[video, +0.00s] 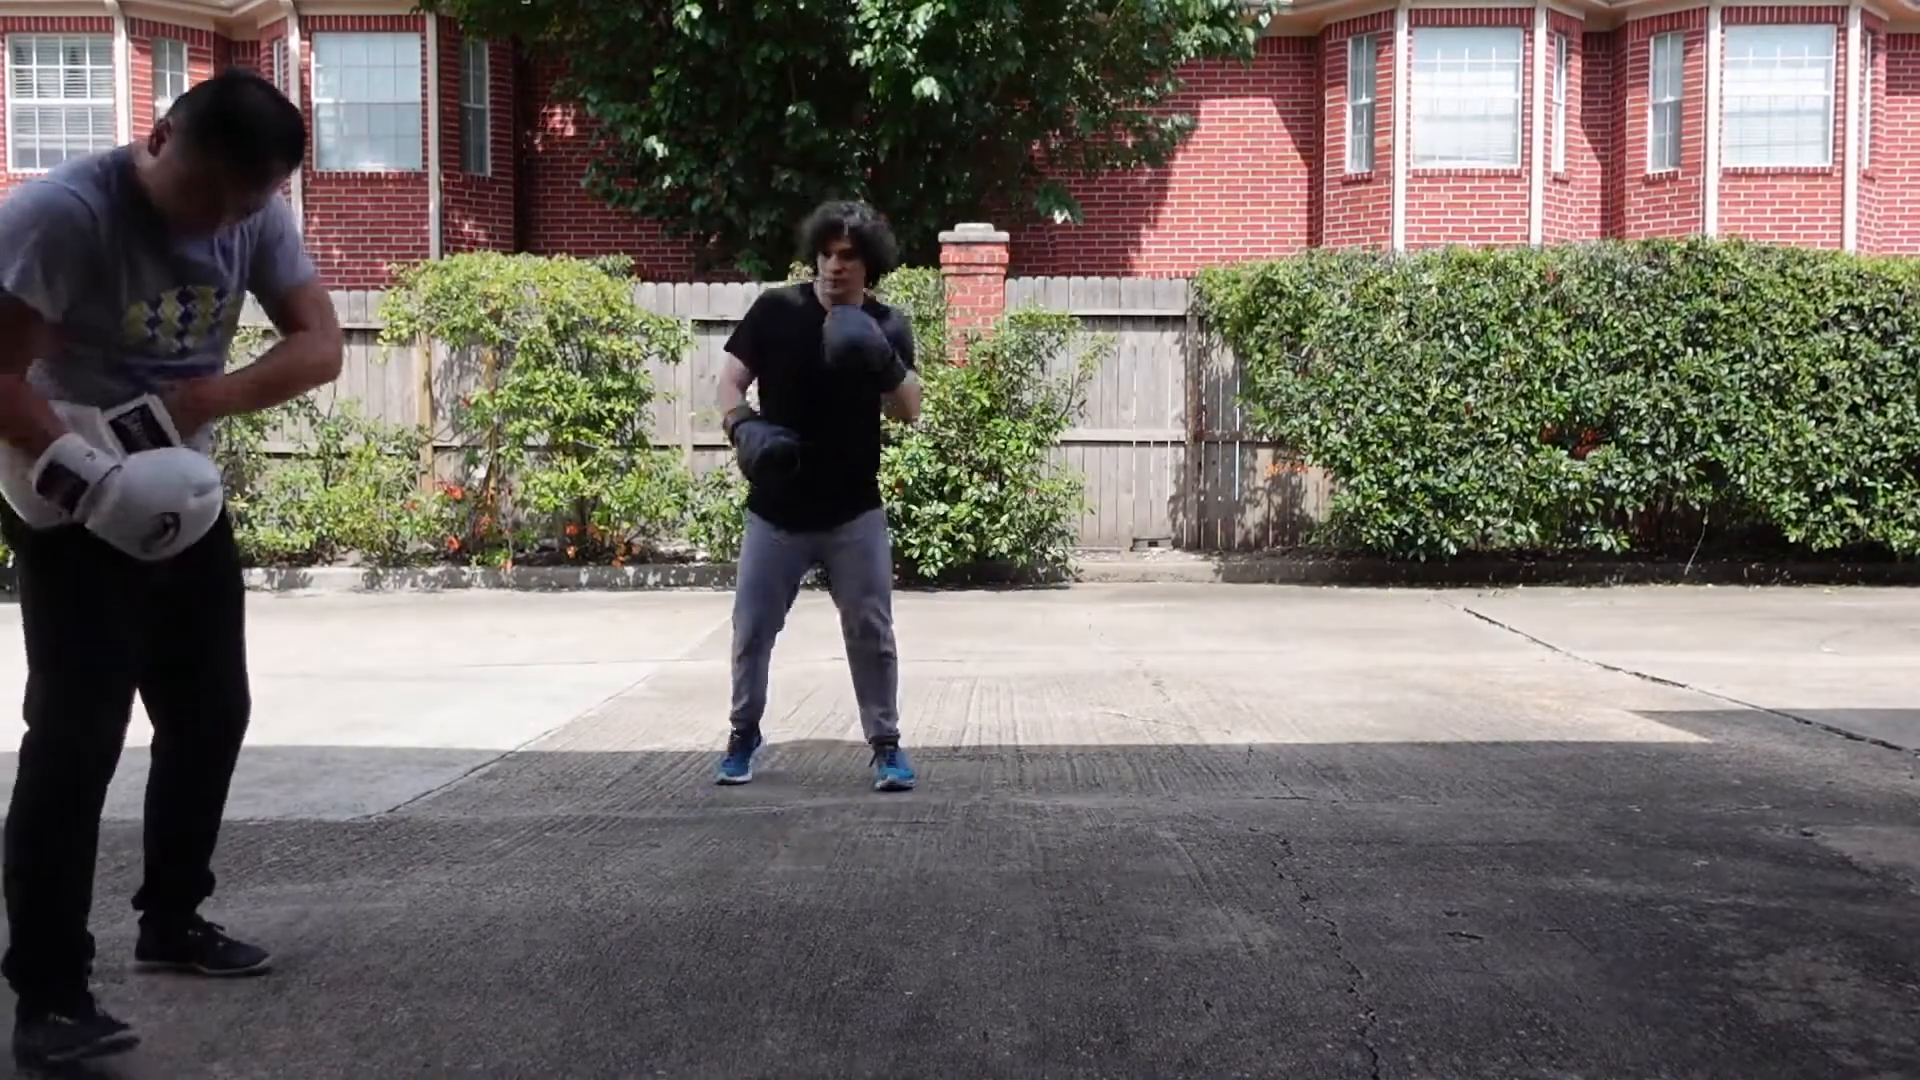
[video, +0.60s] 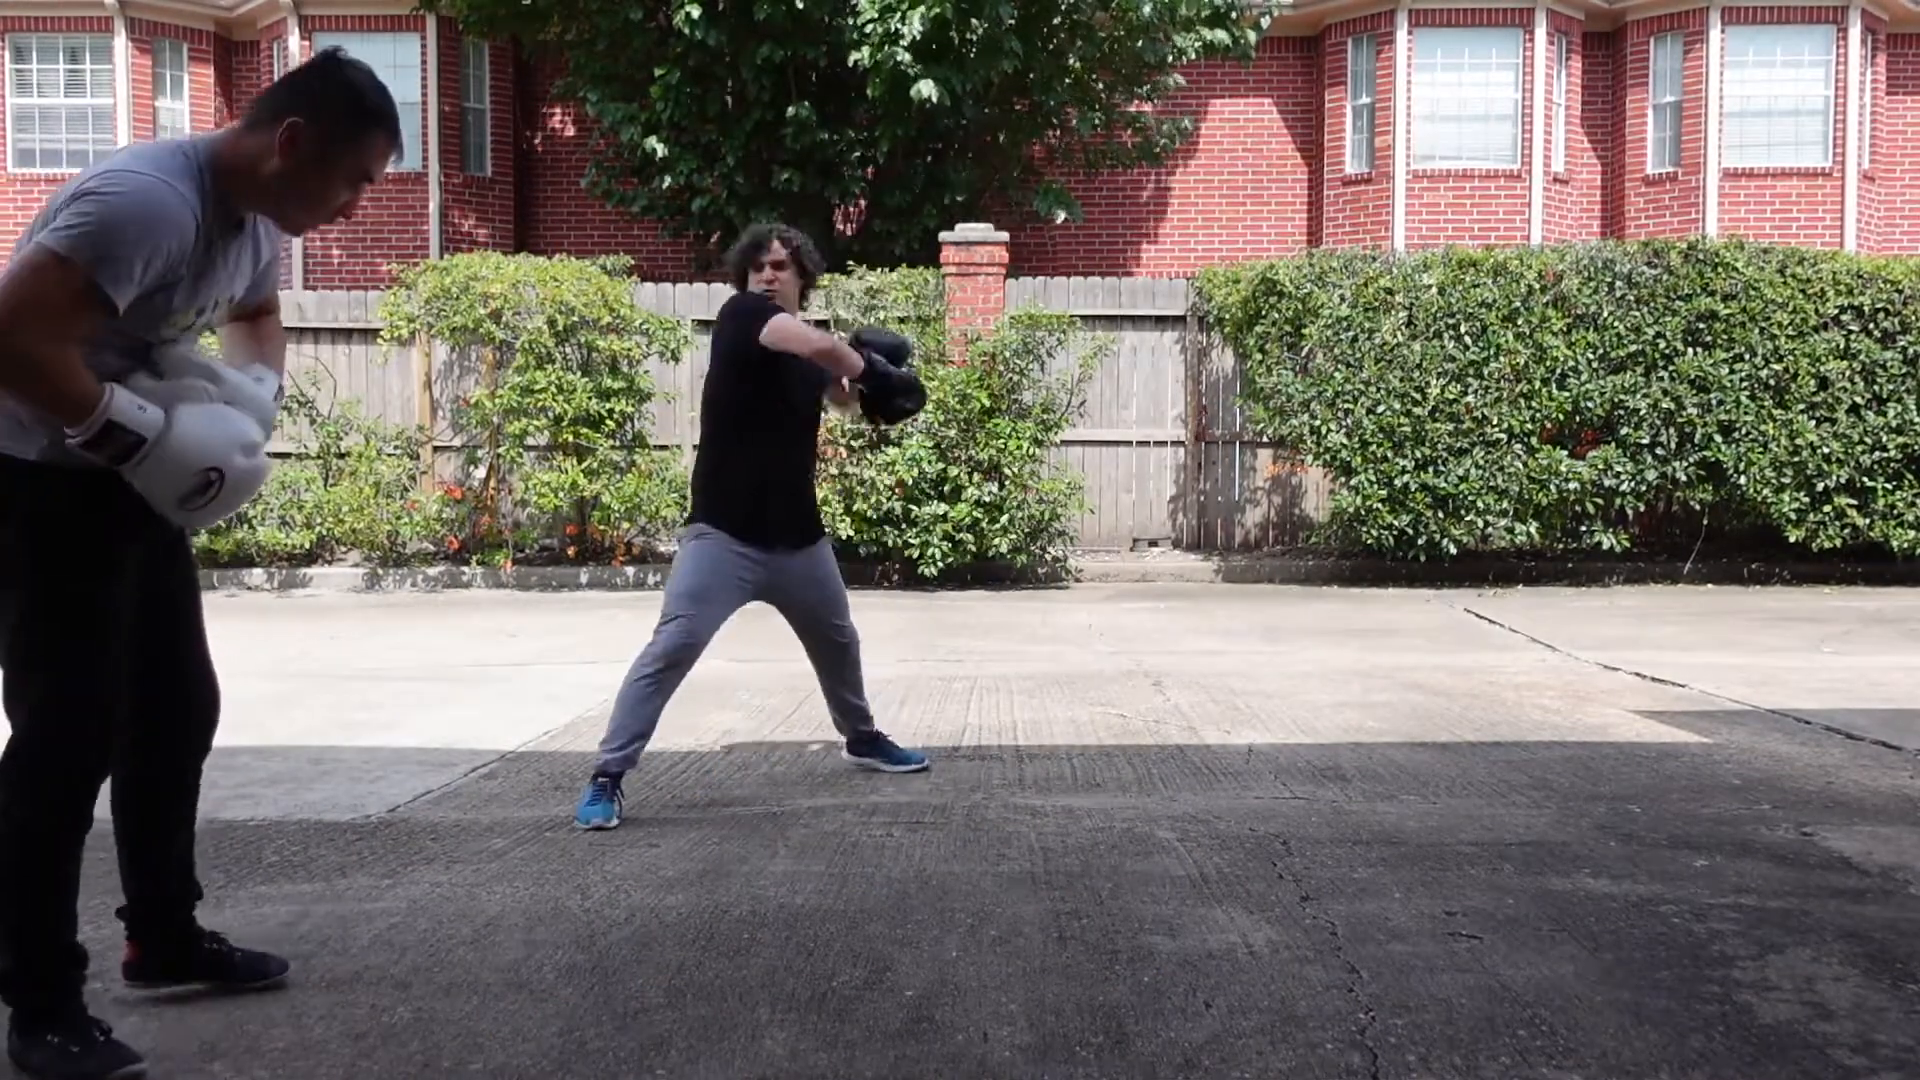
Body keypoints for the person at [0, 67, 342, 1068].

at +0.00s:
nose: (231, 218)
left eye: (249, 202)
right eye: (219, 197)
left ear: (264, 182)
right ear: (169, 143)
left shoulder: (256, 211)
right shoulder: (59, 213)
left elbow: (319, 347)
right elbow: (5, 371)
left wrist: (197, 401)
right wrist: (86, 473)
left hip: (187, 508)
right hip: (70, 514)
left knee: (210, 717)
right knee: (72, 746)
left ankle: (170, 919)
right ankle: (48, 999)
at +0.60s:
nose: (351, 209)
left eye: (363, 191)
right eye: (352, 183)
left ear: (293, 145)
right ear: (290, 140)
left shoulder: (249, 215)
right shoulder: (144, 203)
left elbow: (257, 323)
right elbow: (21, 332)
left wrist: (245, 405)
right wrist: (131, 431)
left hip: (126, 479)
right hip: (36, 476)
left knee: (173, 709)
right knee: (63, 732)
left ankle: (164, 937)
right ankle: (40, 1011)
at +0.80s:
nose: (412, 188)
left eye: (421, 164)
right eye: (413, 161)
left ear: (351, 139)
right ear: (362, 142)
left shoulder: (277, 215)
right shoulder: (233, 207)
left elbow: (232, 339)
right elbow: (115, 353)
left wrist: (270, 412)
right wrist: (216, 429)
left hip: (157, 490)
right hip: (88, 489)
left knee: (214, 727)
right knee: (112, 739)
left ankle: (261, 949)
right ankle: (46, 1017)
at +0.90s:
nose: (427, 184)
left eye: (436, 162)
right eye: (431, 159)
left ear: (363, 127)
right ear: (390, 136)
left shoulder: (279, 196)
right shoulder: (275, 205)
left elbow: (240, 339)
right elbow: (200, 365)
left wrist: (303, 402)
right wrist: (294, 431)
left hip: (201, 489)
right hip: (138, 492)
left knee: (265, 719)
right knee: (168, 742)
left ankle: (266, 946)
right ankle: (52, 1000)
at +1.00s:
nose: (438, 193)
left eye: (447, 175)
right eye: (446, 169)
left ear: (382, 118)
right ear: (418, 133)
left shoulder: (281, 175)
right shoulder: (311, 197)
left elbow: (255, 350)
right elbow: (273, 360)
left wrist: (345, 411)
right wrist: (354, 430)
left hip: (223, 483)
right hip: (201, 488)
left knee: (293, 713)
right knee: (255, 723)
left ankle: (268, 944)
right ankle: (99, 962)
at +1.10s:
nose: (434, 212)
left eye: (450, 198)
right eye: (451, 191)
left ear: (410, 130)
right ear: (437, 145)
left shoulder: (299, 167)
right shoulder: (344, 187)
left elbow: (286, 343)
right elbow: (326, 349)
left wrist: (374, 414)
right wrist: (389, 426)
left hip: (213, 474)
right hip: (254, 481)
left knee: (296, 718)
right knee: (336, 718)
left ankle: (271, 945)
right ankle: (175, 958)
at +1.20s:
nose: (456, 219)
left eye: (470, 206)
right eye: (471, 199)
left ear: (426, 132)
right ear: (458, 152)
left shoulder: (303, 168)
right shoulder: (378, 181)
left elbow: (276, 339)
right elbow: (366, 342)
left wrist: (378, 409)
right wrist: (422, 422)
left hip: (218, 468)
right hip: (292, 480)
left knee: (290, 707)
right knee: (390, 710)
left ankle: (270, 942)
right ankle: (306, 978)